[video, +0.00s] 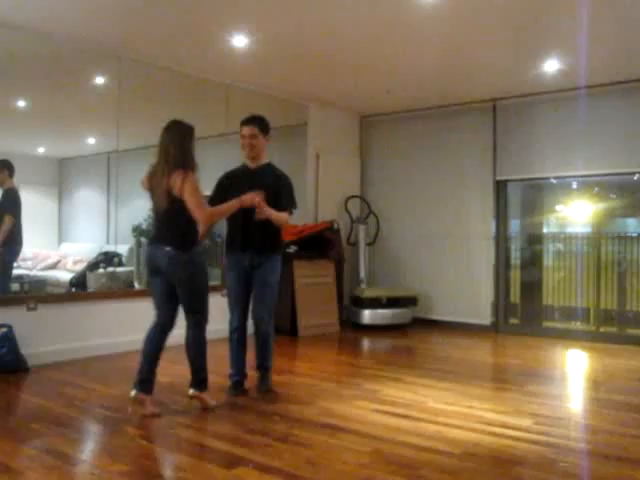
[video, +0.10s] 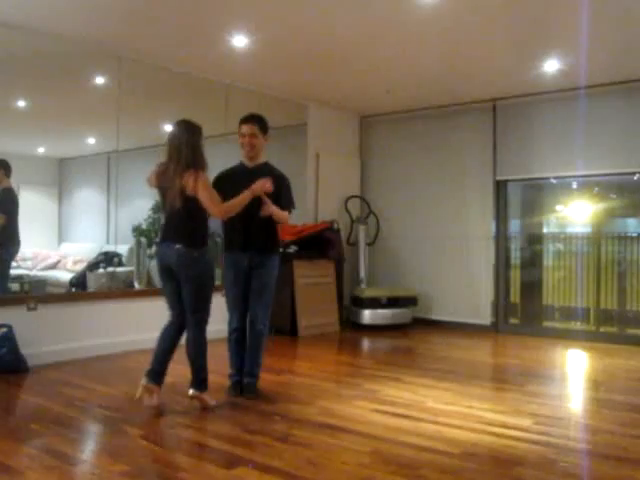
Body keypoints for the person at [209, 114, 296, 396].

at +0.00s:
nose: (248, 142)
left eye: (253, 137)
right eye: (244, 137)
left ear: (266, 139)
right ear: (240, 140)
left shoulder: (279, 179)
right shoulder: (230, 179)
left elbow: (286, 218)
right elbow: (210, 214)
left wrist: (269, 213)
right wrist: (239, 203)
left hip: (269, 256)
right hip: (237, 255)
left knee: (263, 319)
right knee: (237, 320)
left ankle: (264, 374)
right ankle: (237, 377)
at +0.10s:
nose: (247, 141)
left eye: (253, 136)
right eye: (243, 135)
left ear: (265, 139)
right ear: (238, 139)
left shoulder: (276, 178)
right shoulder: (226, 178)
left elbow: (287, 217)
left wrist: (274, 211)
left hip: (267, 254)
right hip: (235, 253)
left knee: (258, 320)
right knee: (237, 319)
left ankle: (251, 377)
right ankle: (236, 375)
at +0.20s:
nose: (247, 141)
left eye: (253, 135)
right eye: (243, 135)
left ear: (264, 139)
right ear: (237, 139)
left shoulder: (275, 178)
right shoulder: (224, 177)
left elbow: (287, 218)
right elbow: (209, 212)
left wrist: (275, 204)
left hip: (264, 255)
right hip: (232, 254)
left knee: (259, 321)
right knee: (234, 320)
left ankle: (250, 378)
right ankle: (235, 376)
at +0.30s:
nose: (246, 140)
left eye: (252, 134)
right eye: (242, 134)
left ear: (262, 138)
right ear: (236, 137)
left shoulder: (272, 177)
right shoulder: (224, 175)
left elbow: (286, 219)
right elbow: (212, 213)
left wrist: (277, 196)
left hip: (262, 254)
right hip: (230, 253)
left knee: (259, 322)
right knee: (230, 321)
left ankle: (251, 379)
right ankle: (230, 377)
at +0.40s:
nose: (245, 138)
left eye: (251, 133)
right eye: (240, 133)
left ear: (260, 137)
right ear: (234, 136)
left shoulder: (270, 176)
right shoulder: (222, 173)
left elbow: (286, 217)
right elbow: (207, 210)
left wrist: (279, 193)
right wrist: (172, 220)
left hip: (261, 253)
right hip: (229, 252)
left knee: (258, 322)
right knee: (226, 320)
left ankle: (251, 380)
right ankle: (218, 379)